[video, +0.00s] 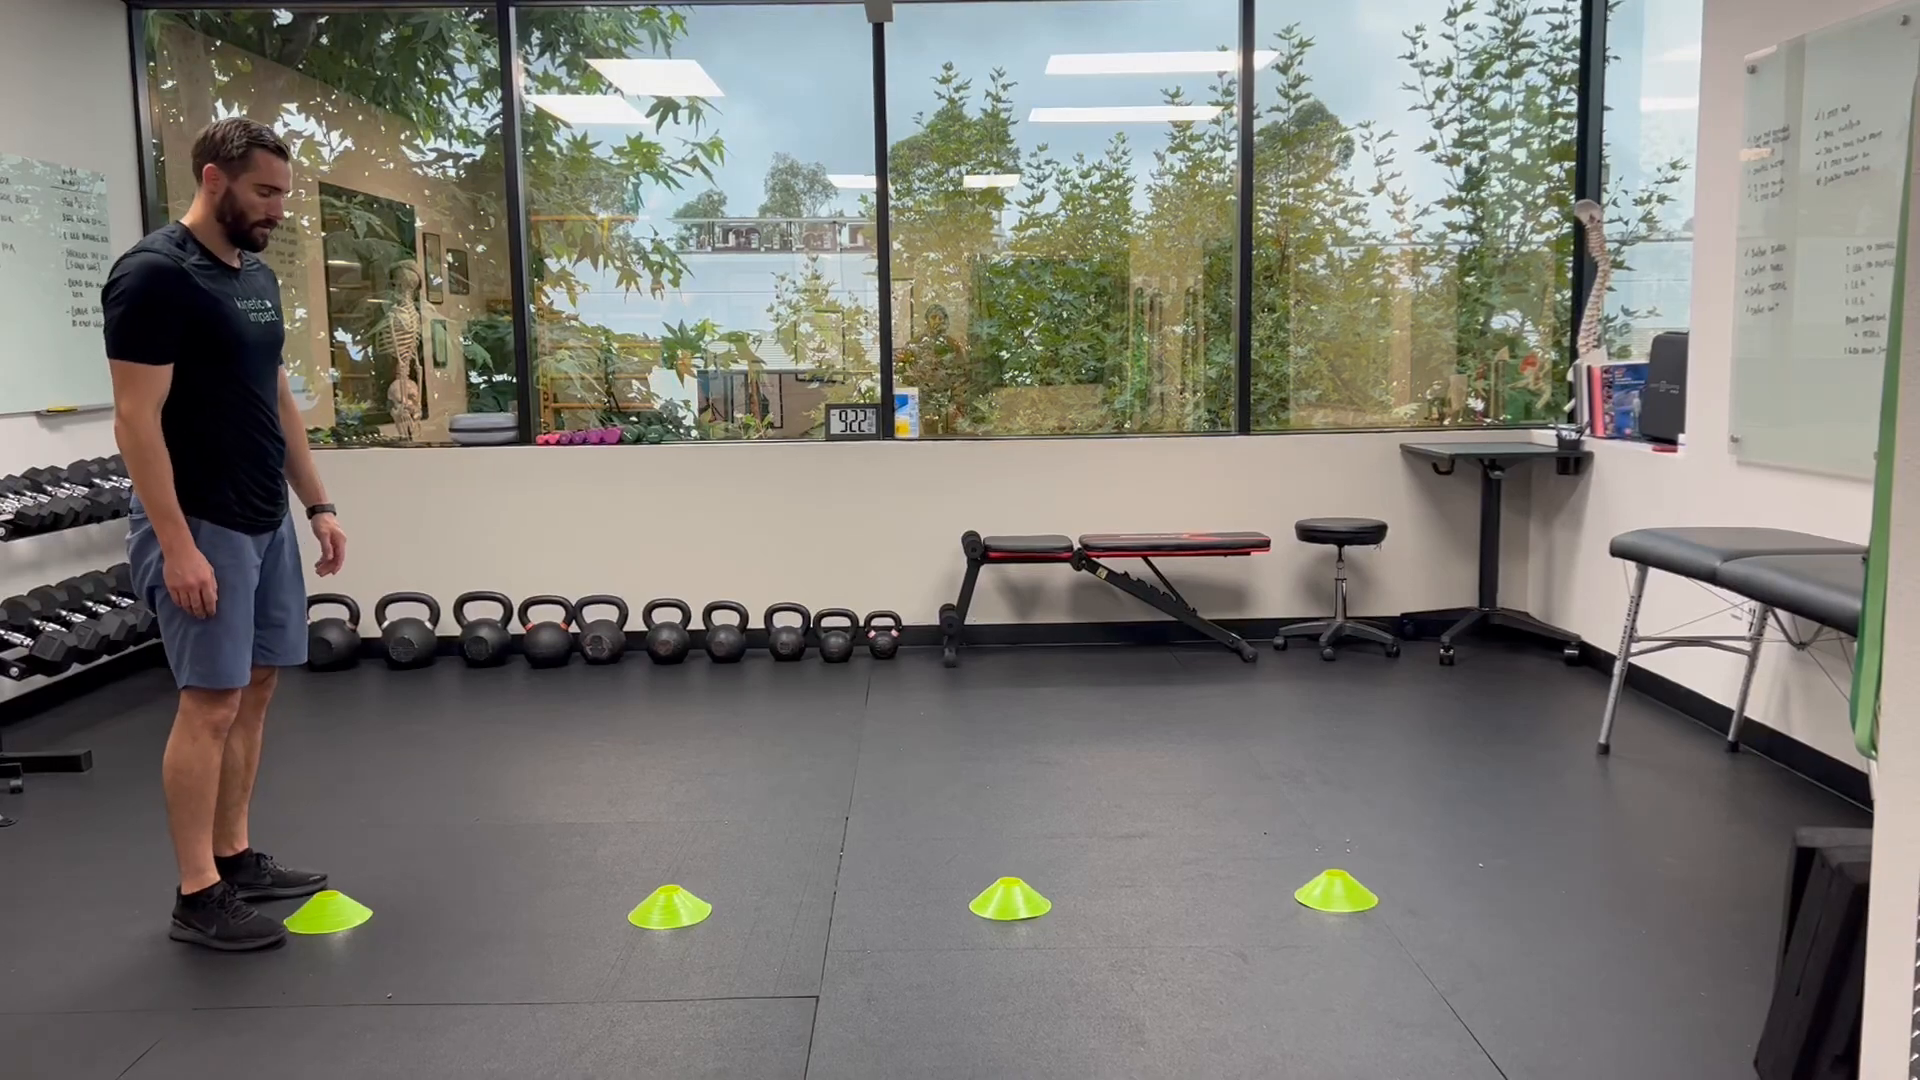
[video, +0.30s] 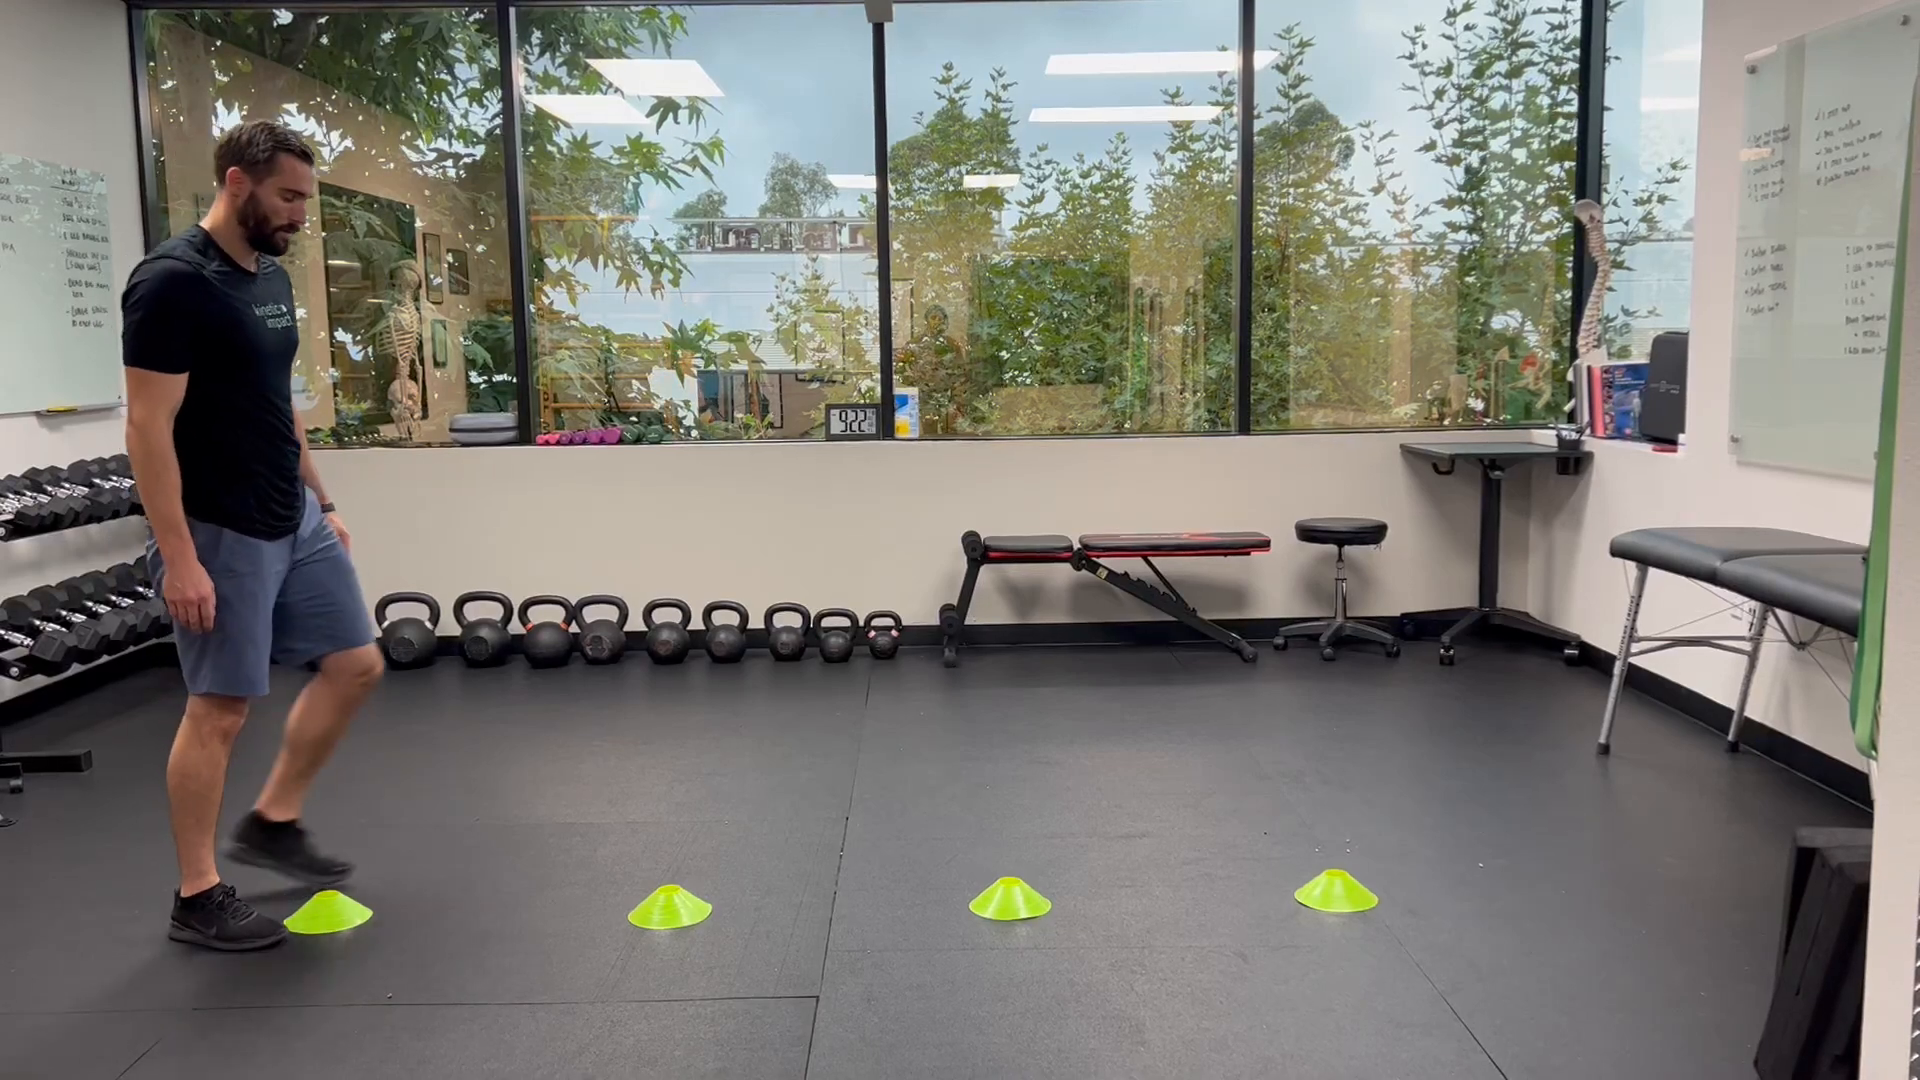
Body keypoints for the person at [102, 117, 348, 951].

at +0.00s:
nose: (277, 209)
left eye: (283, 195)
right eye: (265, 192)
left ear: (275, 193)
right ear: (214, 179)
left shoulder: (256, 275)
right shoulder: (151, 276)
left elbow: (275, 396)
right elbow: (136, 422)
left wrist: (317, 502)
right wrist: (175, 546)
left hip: (268, 522)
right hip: (201, 529)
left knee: (255, 690)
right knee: (208, 703)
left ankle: (232, 860)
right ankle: (196, 894)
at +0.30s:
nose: (301, 214)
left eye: (307, 199)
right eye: (290, 196)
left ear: (269, 193)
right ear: (236, 184)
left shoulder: (269, 275)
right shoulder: (171, 283)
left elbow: (279, 402)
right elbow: (146, 428)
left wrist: (317, 501)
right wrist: (177, 557)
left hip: (292, 519)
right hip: (222, 532)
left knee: (354, 666)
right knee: (218, 710)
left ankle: (273, 819)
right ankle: (197, 893)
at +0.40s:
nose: (318, 216)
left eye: (325, 200)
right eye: (307, 198)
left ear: (304, 196)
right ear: (255, 184)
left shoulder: (281, 275)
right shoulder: (191, 284)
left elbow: (272, 398)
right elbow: (166, 431)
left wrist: (313, 473)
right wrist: (193, 562)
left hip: (308, 513)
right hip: (234, 534)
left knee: (386, 653)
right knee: (220, 712)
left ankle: (365, 828)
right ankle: (199, 894)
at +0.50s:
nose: (345, 218)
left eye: (351, 203)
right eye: (334, 201)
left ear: (308, 196)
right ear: (281, 187)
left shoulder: (300, 273)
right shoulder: (215, 288)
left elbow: (292, 402)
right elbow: (190, 434)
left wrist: (323, 493)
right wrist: (222, 565)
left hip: (325, 511)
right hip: (253, 533)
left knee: (406, 651)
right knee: (225, 714)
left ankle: (474, 817)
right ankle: (199, 894)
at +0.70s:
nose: (417, 244)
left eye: (423, 230)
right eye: (410, 227)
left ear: (383, 217)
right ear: (361, 210)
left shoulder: (371, 289)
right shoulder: (290, 304)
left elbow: (355, 420)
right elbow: (265, 450)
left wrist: (381, 516)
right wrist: (305, 576)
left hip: (392, 531)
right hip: (317, 550)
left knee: (478, 664)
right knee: (265, 720)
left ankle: (571, 823)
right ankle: (203, 892)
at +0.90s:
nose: (537, 255)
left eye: (543, 240)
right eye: (528, 236)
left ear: (497, 229)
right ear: (481, 220)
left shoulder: (486, 307)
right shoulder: (410, 309)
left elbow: (459, 433)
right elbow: (367, 443)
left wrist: (480, 531)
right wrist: (391, 573)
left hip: (491, 545)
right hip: (415, 563)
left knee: (564, 676)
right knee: (358, 726)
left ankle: (603, 854)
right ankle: (222, 870)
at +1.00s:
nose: (585, 243)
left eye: (591, 229)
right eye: (578, 225)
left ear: (557, 218)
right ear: (530, 206)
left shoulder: (537, 299)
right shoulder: (456, 287)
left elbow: (531, 420)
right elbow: (410, 418)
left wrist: (557, 519)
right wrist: (434, 547)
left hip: (526, 534)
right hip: (457, 543)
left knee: (574, 672)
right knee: (457, 714)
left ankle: (603, 851)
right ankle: (289, 829)